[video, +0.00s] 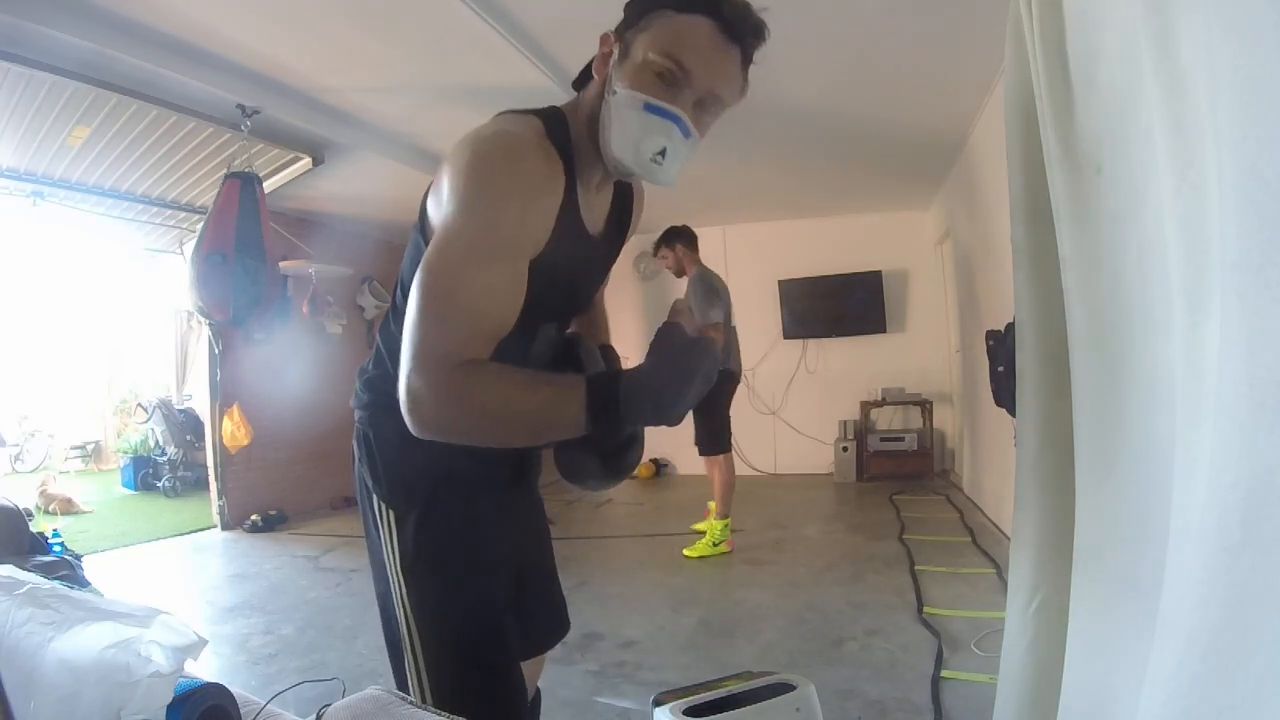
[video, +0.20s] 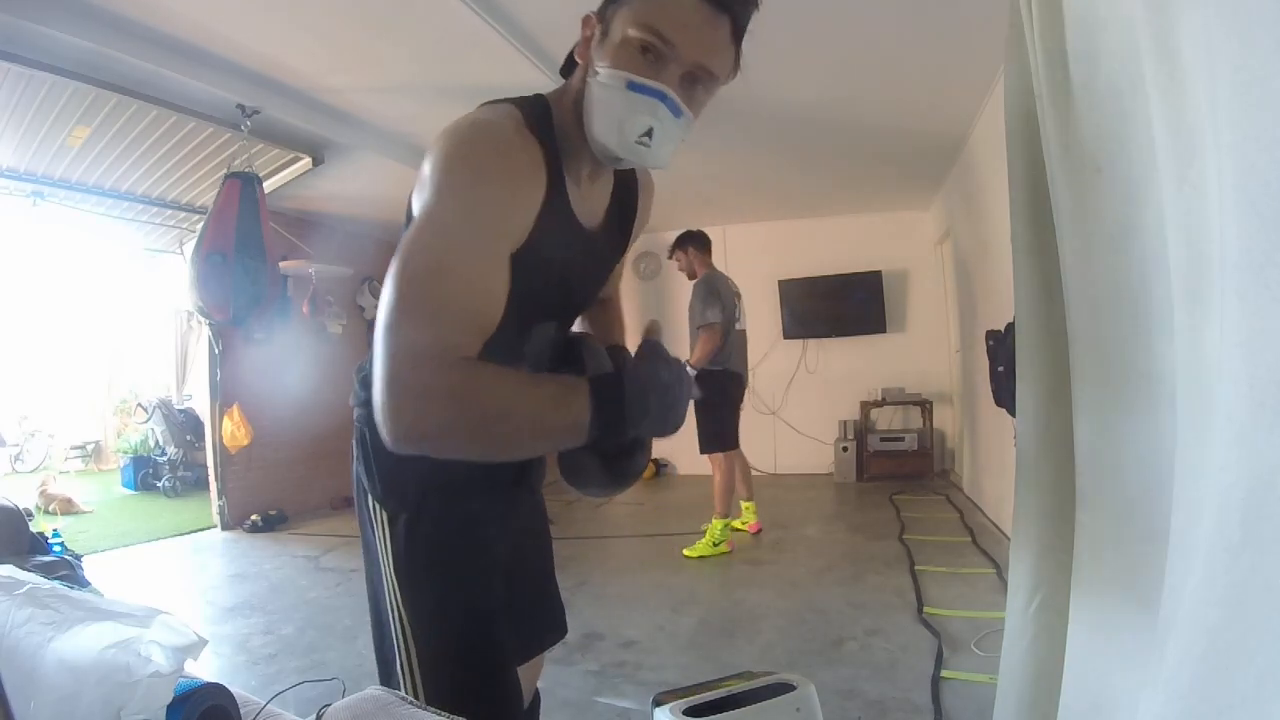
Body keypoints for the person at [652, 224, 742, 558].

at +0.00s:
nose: (664, 266)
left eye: (665, 258)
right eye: (662, 260)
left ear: (679, 250)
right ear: (683, 251)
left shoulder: (705, 282)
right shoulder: (701, 281)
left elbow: (714, 338)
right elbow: (704, 334)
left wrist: (695, 373)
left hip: (719, 373)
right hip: (714, 372)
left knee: (717, 452)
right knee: (712, 450)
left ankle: (721, 533)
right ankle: (717, 517)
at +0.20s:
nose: (678, 267)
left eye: (678, 259)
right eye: (676, 260)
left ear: (690, 253)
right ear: (702, 253)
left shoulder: (707, 285)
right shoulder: (727, 284)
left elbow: (712, 336)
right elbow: (728, 335)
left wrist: (687, 371)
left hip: (715, 375)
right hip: (731, 375)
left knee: (718, 454)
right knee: (730, 448)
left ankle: (719, 533)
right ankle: (748, 513)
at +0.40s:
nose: (690, 272)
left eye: (691, 265)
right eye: (689, 266)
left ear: (701, 259)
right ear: (715, 259)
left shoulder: (708, 286)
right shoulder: (741, 289)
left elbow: (711, 334)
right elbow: (756, 341)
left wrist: (691, 374)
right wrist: (754, 376)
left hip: (720, 379)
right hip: (744, 378)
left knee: (719, 454)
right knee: (743, 447)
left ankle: (718, 533)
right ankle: (751, 515)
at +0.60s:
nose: (697, 278)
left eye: (697, 271)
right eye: (695, 273)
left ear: (708, 264)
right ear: (722, 265)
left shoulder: (712, 288)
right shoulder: (747, 294)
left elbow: (714, 332)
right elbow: (760, 342)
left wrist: (701, 376)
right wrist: (767, 382)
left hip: (722, 379)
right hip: (749, 381)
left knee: (707, 450)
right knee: (748, 447)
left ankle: (716, 527)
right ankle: (752, 517)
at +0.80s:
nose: (697, 282)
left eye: (696, 275)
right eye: (695, 277)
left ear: (707, 266)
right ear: (719, 267)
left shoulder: (714, 288)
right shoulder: (743, 294)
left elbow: (721, 326)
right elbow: (758, 342)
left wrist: (717, 370)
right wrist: (764, 379)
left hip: (720, 378)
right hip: (748, 381)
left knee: (700, 442)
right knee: (744, 443)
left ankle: (700, 518)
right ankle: (753, 515)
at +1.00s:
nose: (690, 283)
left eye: (690, 277)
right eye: (689, 278)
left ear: (701, 269)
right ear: (714, 270)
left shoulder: (705, 292)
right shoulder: (735, 295)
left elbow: (713, 330)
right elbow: (747, 342)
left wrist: (716, 373)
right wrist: (747, 380)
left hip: (714, 378)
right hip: (740, 380)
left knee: (699, 444)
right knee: (742, 444)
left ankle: (688, 508)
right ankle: (752, 514)